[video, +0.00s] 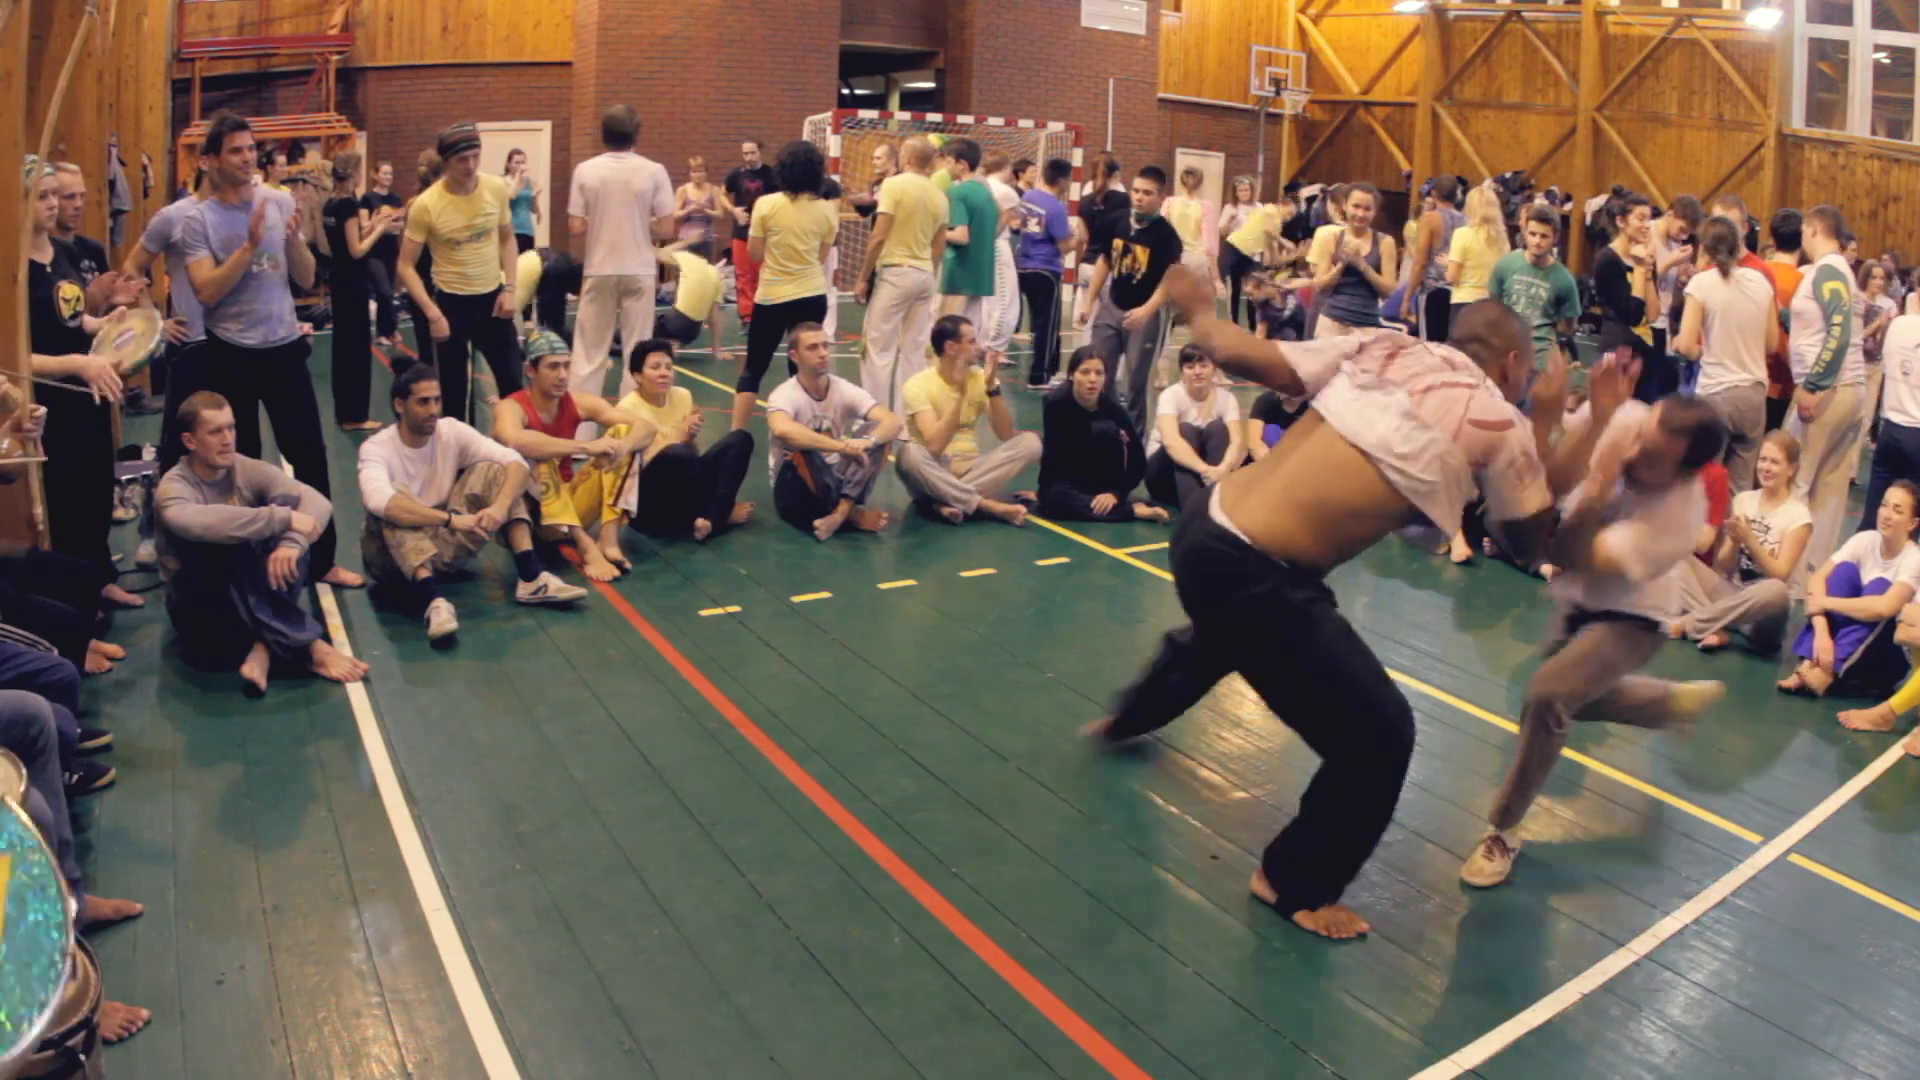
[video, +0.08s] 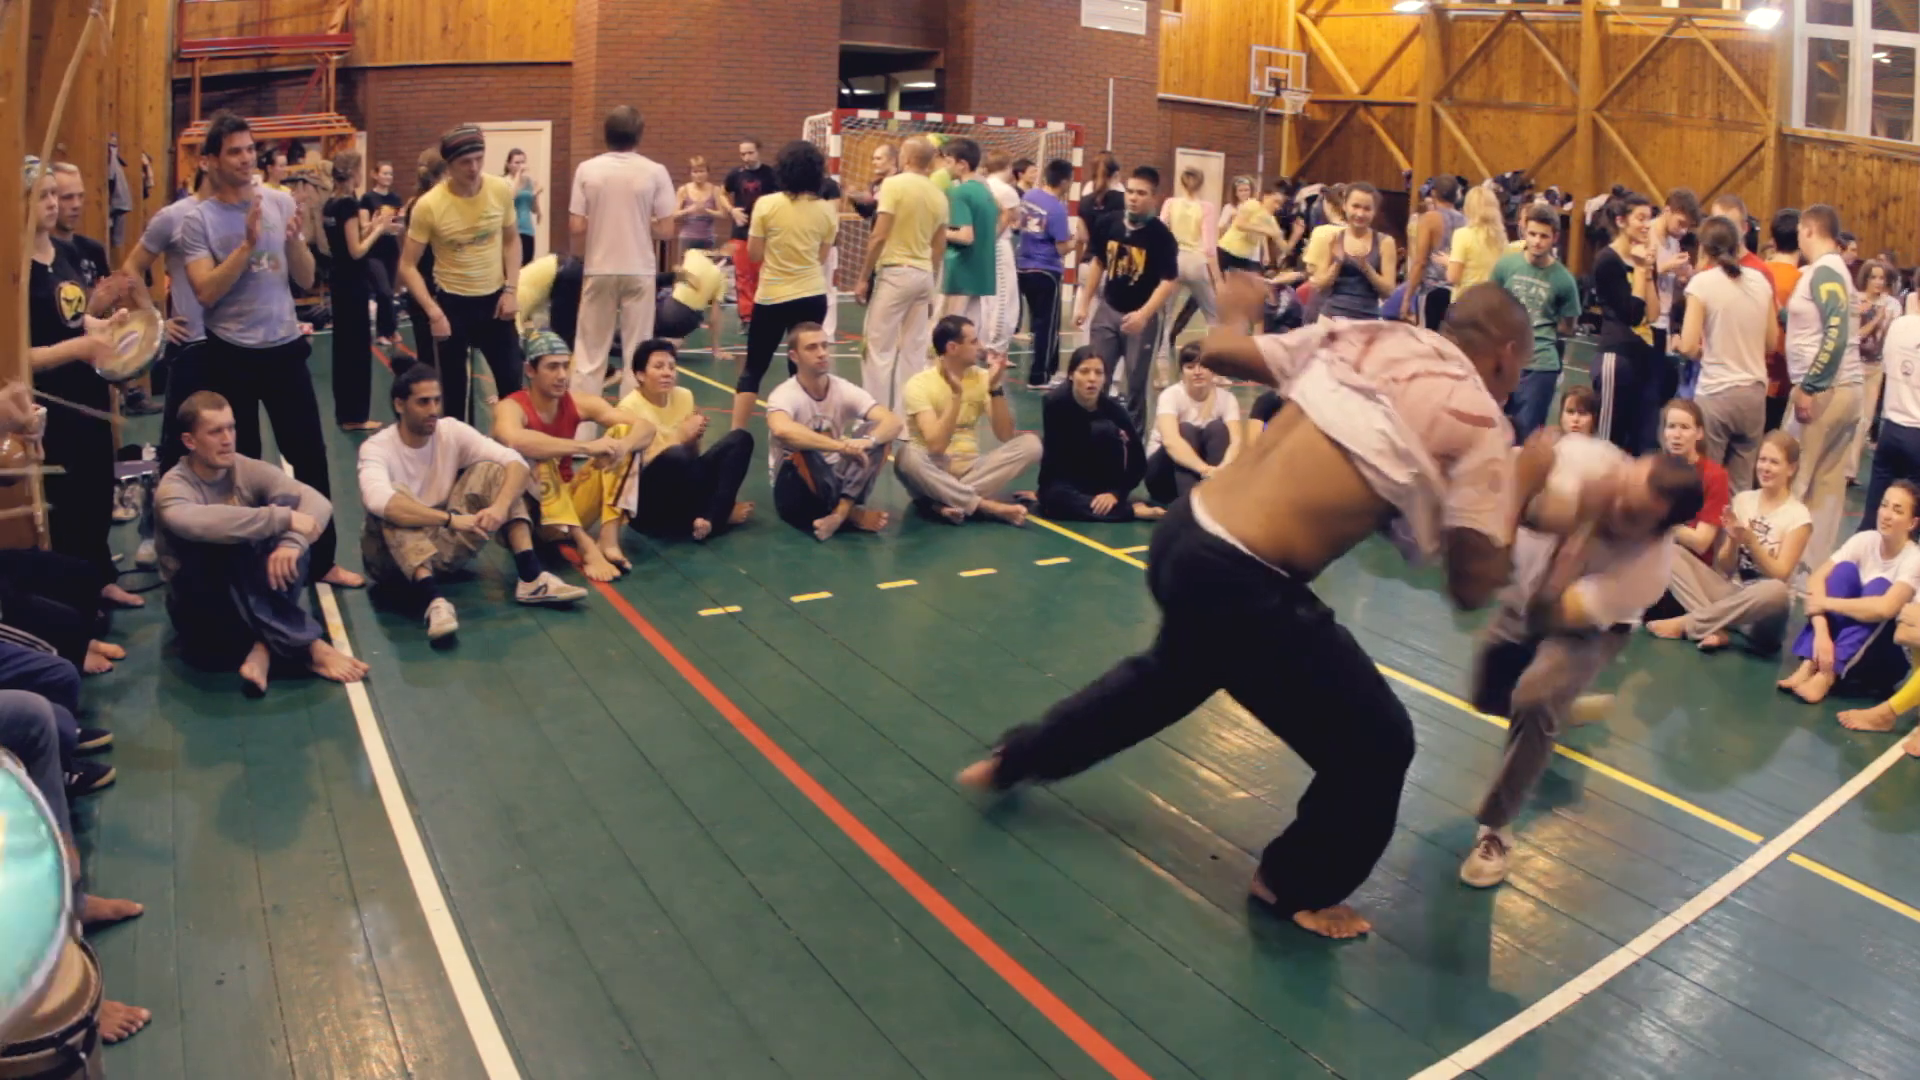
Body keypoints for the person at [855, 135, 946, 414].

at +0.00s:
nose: (898, 158)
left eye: (900, 154)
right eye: (900, 154)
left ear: (905, 158)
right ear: (929, 162)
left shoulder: (894, 184)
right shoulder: (939, 196)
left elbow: (879, 235)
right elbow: (939, 245)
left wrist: (864, 277)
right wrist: (929, 276)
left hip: (895, 268)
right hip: (926, 271)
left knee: (879, 346)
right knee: (914, 349)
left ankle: (877, 422)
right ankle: (909, 425)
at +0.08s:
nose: (898, 158)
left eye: (900, 154)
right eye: (900, 153)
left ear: (906, 158)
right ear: (929, 161)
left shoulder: (894, 184)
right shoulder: (939, 195)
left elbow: (880, 234)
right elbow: (939, 244)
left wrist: (865, 276)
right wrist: (932, 280)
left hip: (895, 269)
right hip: (925, 272)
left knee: (879, 347)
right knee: (914, 350)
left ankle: (878, 420)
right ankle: (908, 423)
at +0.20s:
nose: (898, 157)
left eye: (901, 153)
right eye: (900, 152)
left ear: (906, 157)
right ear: (929, 160)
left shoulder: (893, 184)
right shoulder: (938, 195)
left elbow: (880, 235)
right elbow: (939, 245)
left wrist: (865, 275)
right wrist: (933, 282)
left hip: (895, 270)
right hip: (924, 273)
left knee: (881, 349)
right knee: (914, 350)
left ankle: (879, 419)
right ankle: (908, 420)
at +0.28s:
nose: (898, 157)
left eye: (900, 153)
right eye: (900, 153)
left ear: (905, 157)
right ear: (929, 161)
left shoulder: (893, 184)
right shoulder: (938, 195)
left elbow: (880, 234)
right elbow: (939, 244)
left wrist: (865, 275)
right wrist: (931, 279)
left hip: (895, 270)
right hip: (924, 272)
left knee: (880, 348)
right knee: (913, 350)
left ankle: (877, 418)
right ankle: (906, 419)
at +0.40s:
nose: (898, 158)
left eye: (900, 153)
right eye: (900, 153)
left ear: (905, 157)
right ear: (928, 161)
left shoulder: (892, 184)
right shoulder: (938, 195)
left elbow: (880, 234)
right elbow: (938, 244)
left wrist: (864, 276)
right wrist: (929, 277)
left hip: (894, 270)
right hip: (923, 272)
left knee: (880, 347)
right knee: (913, 349)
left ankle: (878, 418)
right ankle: (905, 418)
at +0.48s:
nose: (898, 158)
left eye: (900, 153)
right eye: (901, 153)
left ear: (904, 157)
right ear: (928, 161)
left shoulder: (892, 185)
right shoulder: (937, 195)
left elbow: (880, 234)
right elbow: (937, 244)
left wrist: (863, 275)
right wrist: (927, 273)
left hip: (894, 270)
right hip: (923, 272)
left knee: (880, 348)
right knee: (913, 349)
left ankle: (878, 418)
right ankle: (906, 419)